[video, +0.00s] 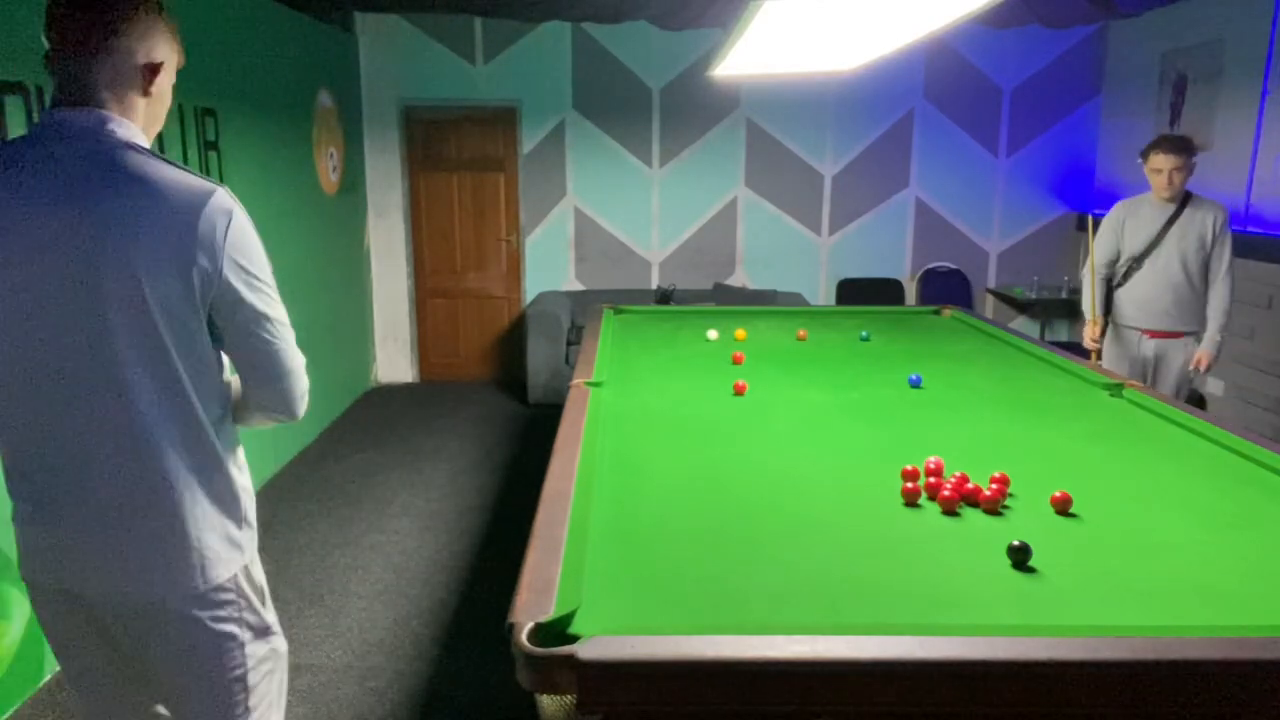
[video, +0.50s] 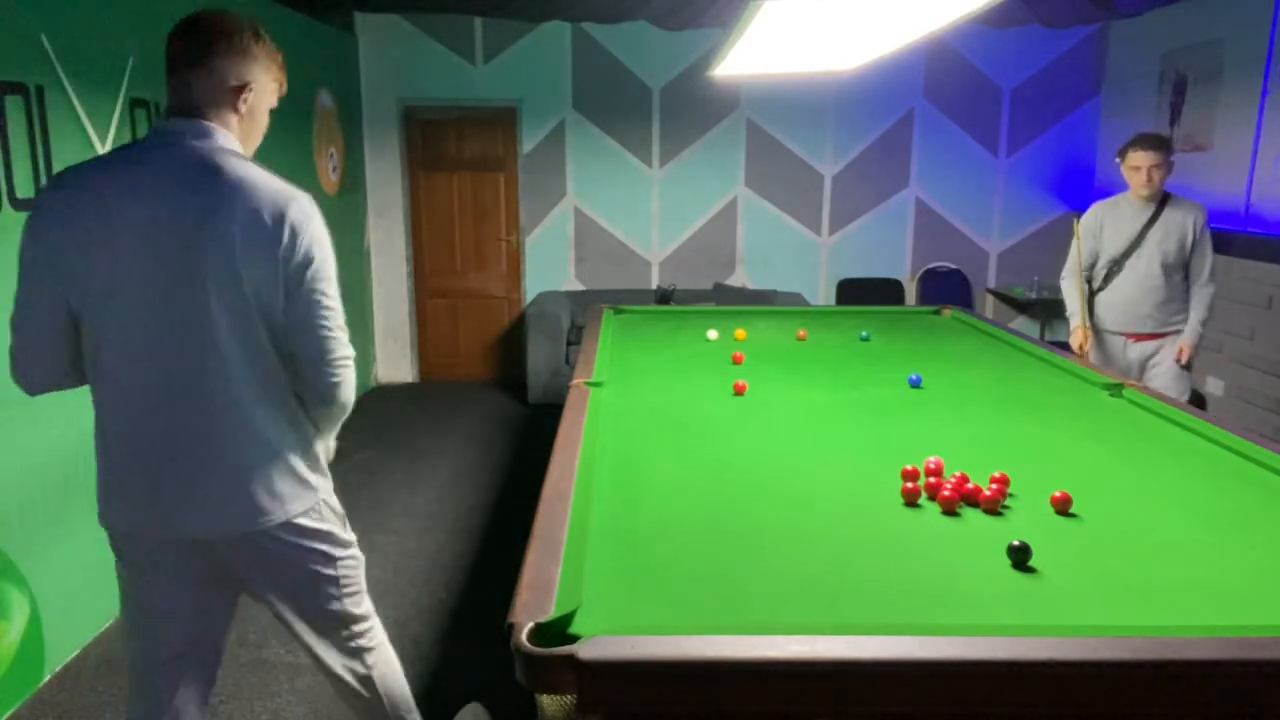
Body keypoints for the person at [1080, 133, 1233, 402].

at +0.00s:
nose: (1167, 180)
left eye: (1175, 171)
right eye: (1157, 171)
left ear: (1190, 170)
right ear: (1145, 171)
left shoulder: (1212, 217)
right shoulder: (1122, 213)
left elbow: (1220, 284)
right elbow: (1095, 269)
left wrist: (1210, 342)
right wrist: (1093, 318)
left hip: (1178, 348)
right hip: (1122, 342)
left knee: (1162, 434)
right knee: (1111, 430)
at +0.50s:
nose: (1145, 177)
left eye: (1154, 168)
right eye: (1136, 169)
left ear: (1168, 169)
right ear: (1123, 170)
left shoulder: (1190, 217)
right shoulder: (1099, 215)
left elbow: (1202, 283)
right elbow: (1073, 274)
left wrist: (1191, 335)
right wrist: (1078, 323)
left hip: (1166, 348)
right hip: (1106, 346)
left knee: (1166, 436)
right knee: (1100, 434)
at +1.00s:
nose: (1154, 187)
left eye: (1165, 178)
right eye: (1149, 178)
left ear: (1192, 172)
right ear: (1144, 172)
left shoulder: (1217, 222)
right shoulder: (1131, 212)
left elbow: (1228, 297)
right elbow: (1106, 274)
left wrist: (1174, 340)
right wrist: (1088, 328)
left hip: (1173, 361)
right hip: (1120, 351)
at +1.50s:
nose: (1160, 190)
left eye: (1170, 181)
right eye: (1158, 181)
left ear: (1201, 174)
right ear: (1155, 176)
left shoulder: (1227, 224)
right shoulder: (1153, 213)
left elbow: (1233, 302)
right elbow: (1127, 276)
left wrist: (1172, 343)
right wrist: (1094, 329)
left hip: (1182, 366)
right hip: (1131, 352)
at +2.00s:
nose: (1130, 189)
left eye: (1137, 180)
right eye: (1127, 181)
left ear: (1167, 170)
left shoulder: (1198, 219)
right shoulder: (1124, 212)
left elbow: (1201, 294)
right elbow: (1103, 272)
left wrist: (1135, 328)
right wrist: (1081, 325)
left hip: (1160, 358)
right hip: (1110, 348)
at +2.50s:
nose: (1117, 194)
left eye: (1127, 184)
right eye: (1110, 185)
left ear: (1151, 173)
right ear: (1105, 179)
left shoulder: (1184, 218)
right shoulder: (1094, 215)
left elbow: (1200, 288)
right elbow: (1077, 275)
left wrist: (1151, 332)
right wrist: (1071, 325)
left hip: (1156, 357)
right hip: (1099, 350)